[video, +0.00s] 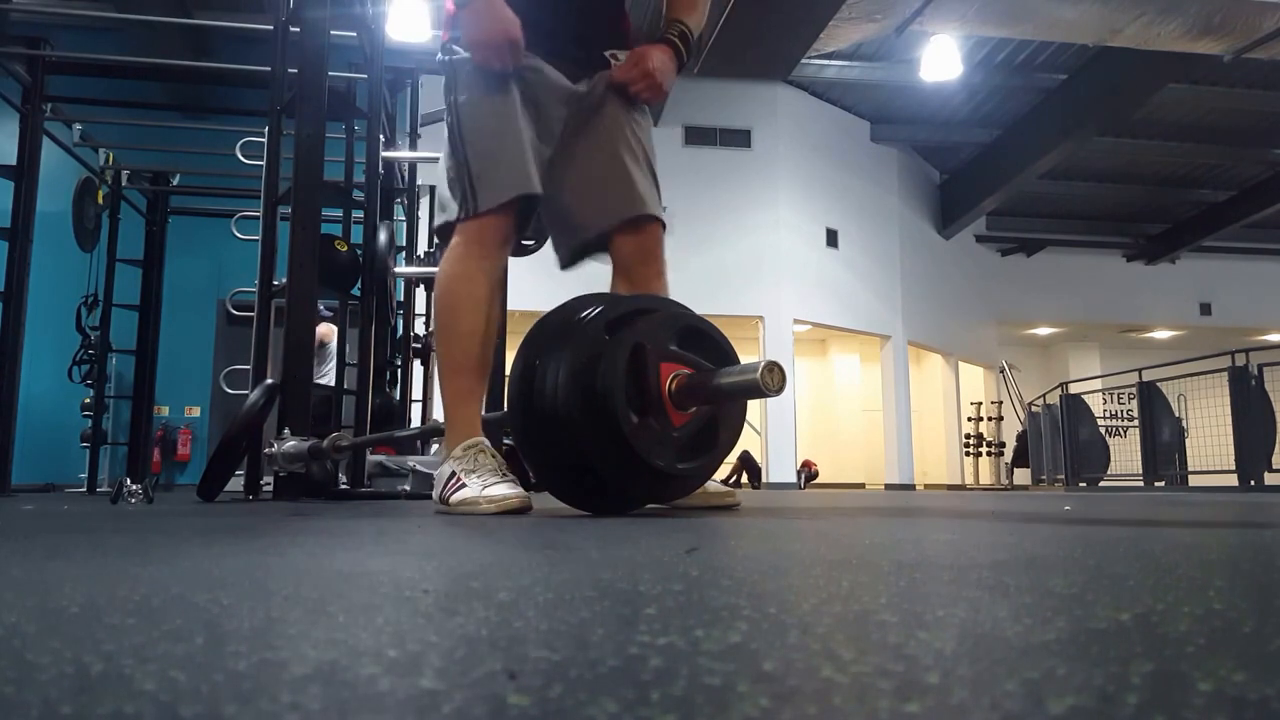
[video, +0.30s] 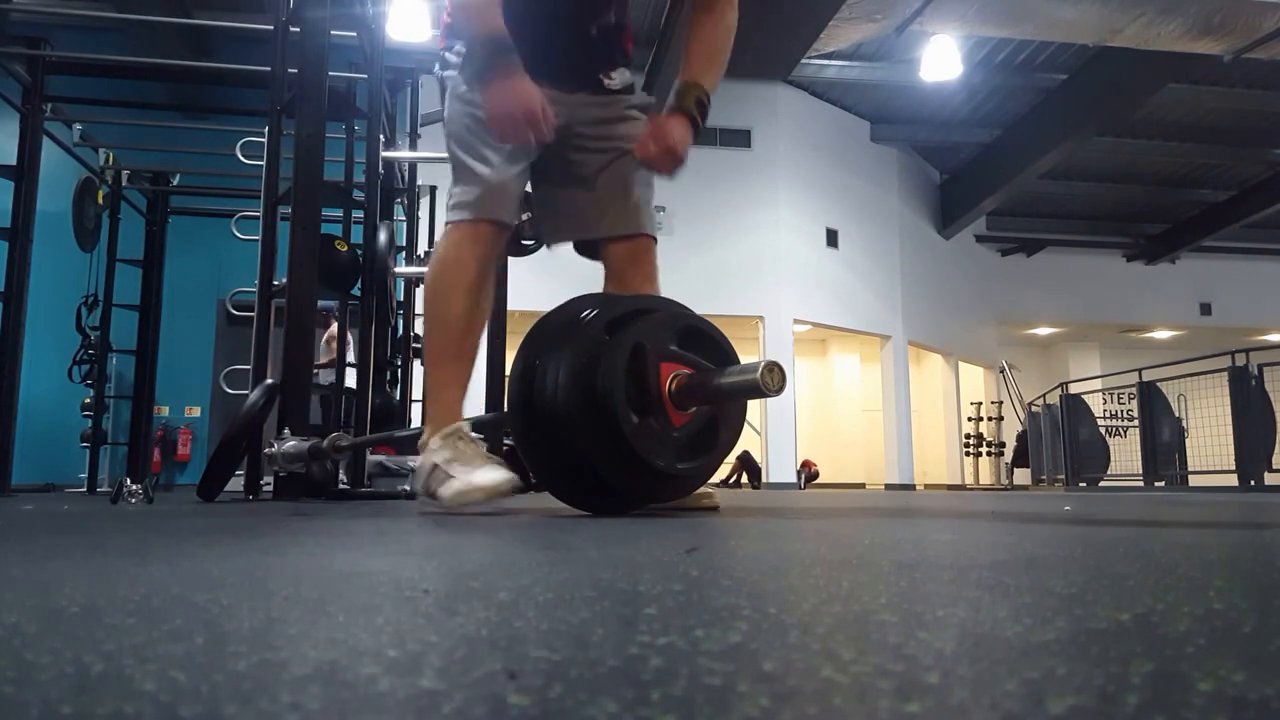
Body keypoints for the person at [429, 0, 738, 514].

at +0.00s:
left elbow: (692, 4)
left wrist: (674, 44)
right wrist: (474, 2)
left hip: (605, 56)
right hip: (502, 36)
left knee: (642, 231)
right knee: (490, 217)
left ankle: (659, 460)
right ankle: (464, 451)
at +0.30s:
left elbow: (717, 4)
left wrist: (686, 108)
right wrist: (498, 69)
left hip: (605, 75)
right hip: (495, 58)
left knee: (633, 242)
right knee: (482, 219)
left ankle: (652, 455)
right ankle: (443, 440)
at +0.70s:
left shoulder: (704, 4)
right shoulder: (533, 5)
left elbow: (666, 107)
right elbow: (523, 138)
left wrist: (634, 200)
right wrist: (542, 304)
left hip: (571, 111)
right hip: (461, 85)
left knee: (638, 235)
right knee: (473, 203)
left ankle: (645, 455)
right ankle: (438, 453)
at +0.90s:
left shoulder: (721, 19)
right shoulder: (547, 10)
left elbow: (666, 144)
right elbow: (524, 167)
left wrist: (622, 219)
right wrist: (546, 318)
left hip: (578, 118)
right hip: (467, 92)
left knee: (650, 237)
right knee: (479, 210)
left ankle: (646, 457)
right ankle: (438, 453)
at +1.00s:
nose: (717, 2)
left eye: (725, 1)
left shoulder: (727, 24)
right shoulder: (552, 10)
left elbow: (672, 153)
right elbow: (526, 168)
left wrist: (633, 217)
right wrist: (549, 321)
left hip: (579, 121)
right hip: (470, 95)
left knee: (650, 238)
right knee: (483, 211)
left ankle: (646, 455)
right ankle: (438, 454)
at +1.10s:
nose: (721, 5)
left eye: (730, 3)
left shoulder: (729, 27)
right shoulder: (557, 11)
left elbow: (673, 154)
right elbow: (531, 171)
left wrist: (635, 215)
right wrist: (554, 323)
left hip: (579, 122)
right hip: (471, 96)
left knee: (651, 237)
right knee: (488, 209)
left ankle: (646, 453)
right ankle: (438, 453)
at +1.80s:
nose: (715, 18)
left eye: (729, 9)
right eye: (709, 1)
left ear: (735, 9)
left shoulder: (717, 37)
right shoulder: (557, 17)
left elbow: (661, 156)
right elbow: (537, 197)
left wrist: (632, 210)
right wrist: (578, 351)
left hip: (563, 121)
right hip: (460, 98)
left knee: (641, 238)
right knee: (491, 207)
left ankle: (638, 458)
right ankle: (440, 453)